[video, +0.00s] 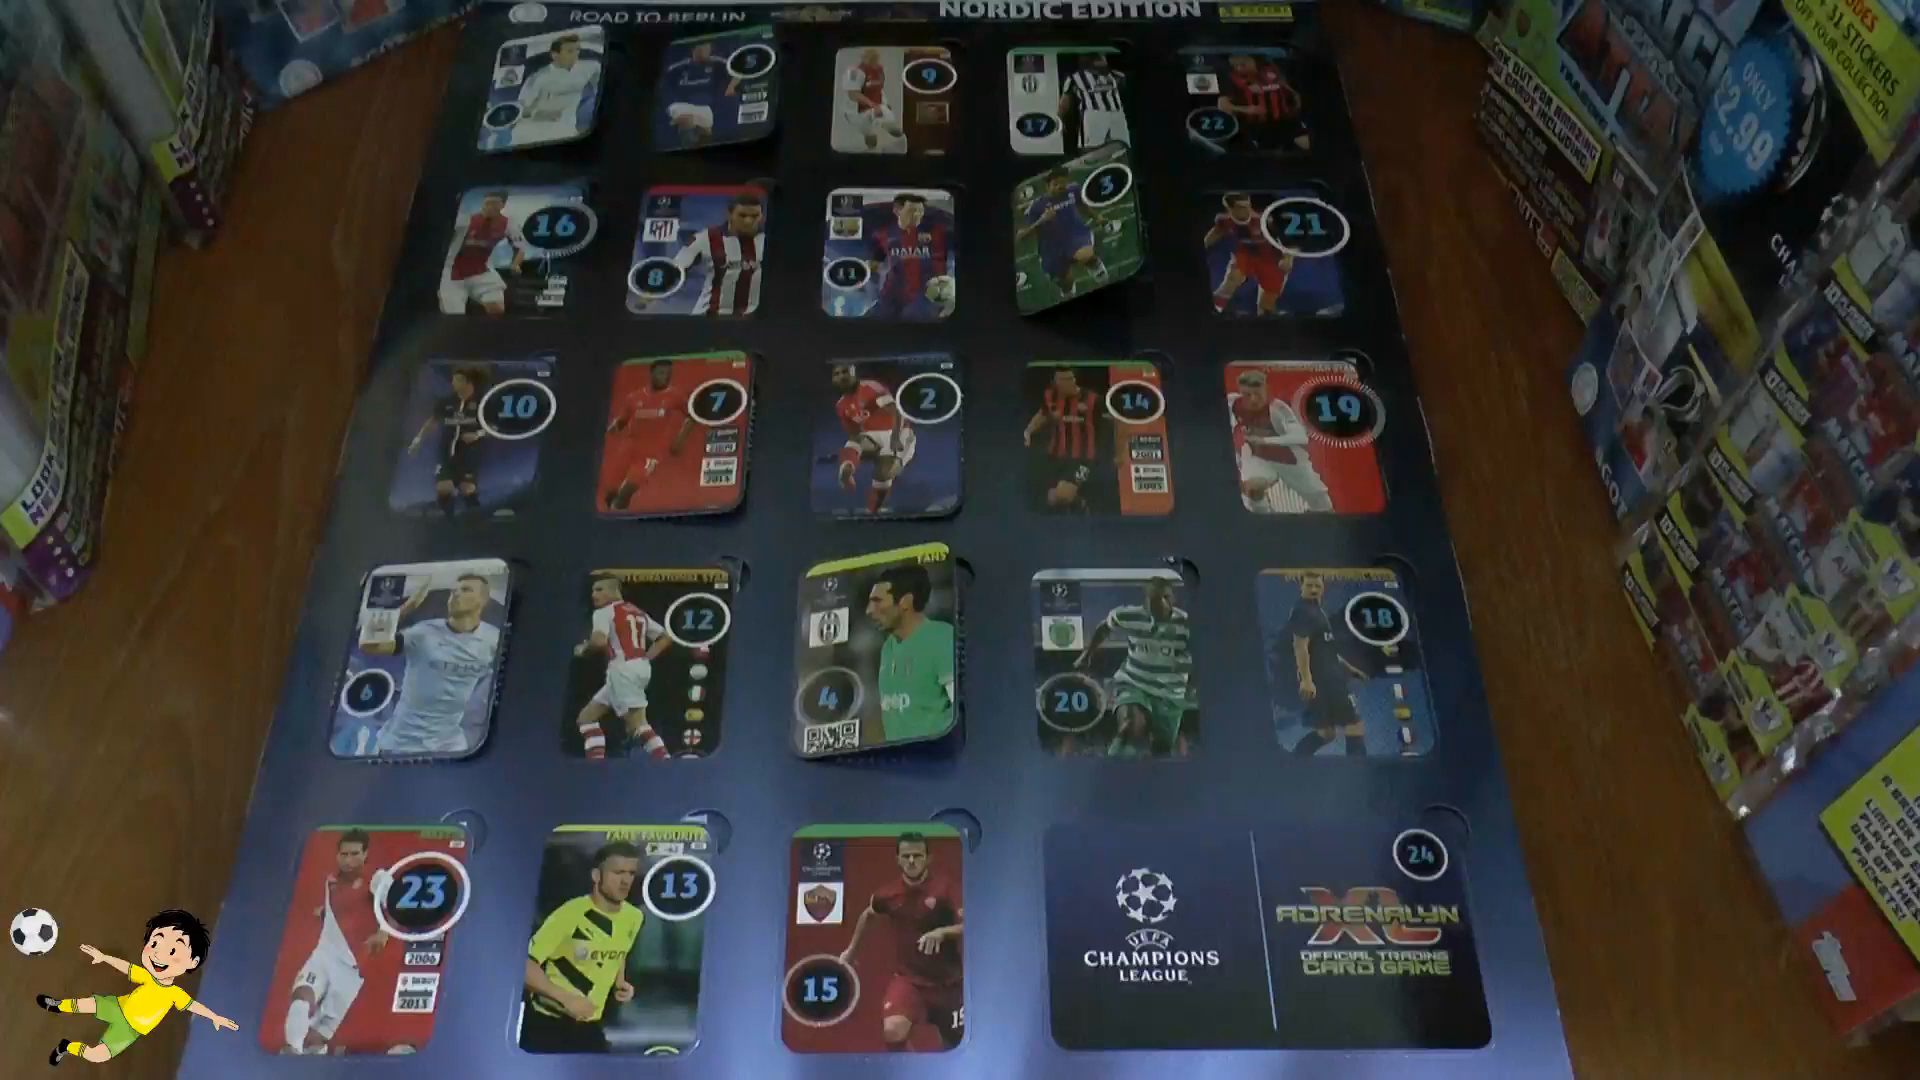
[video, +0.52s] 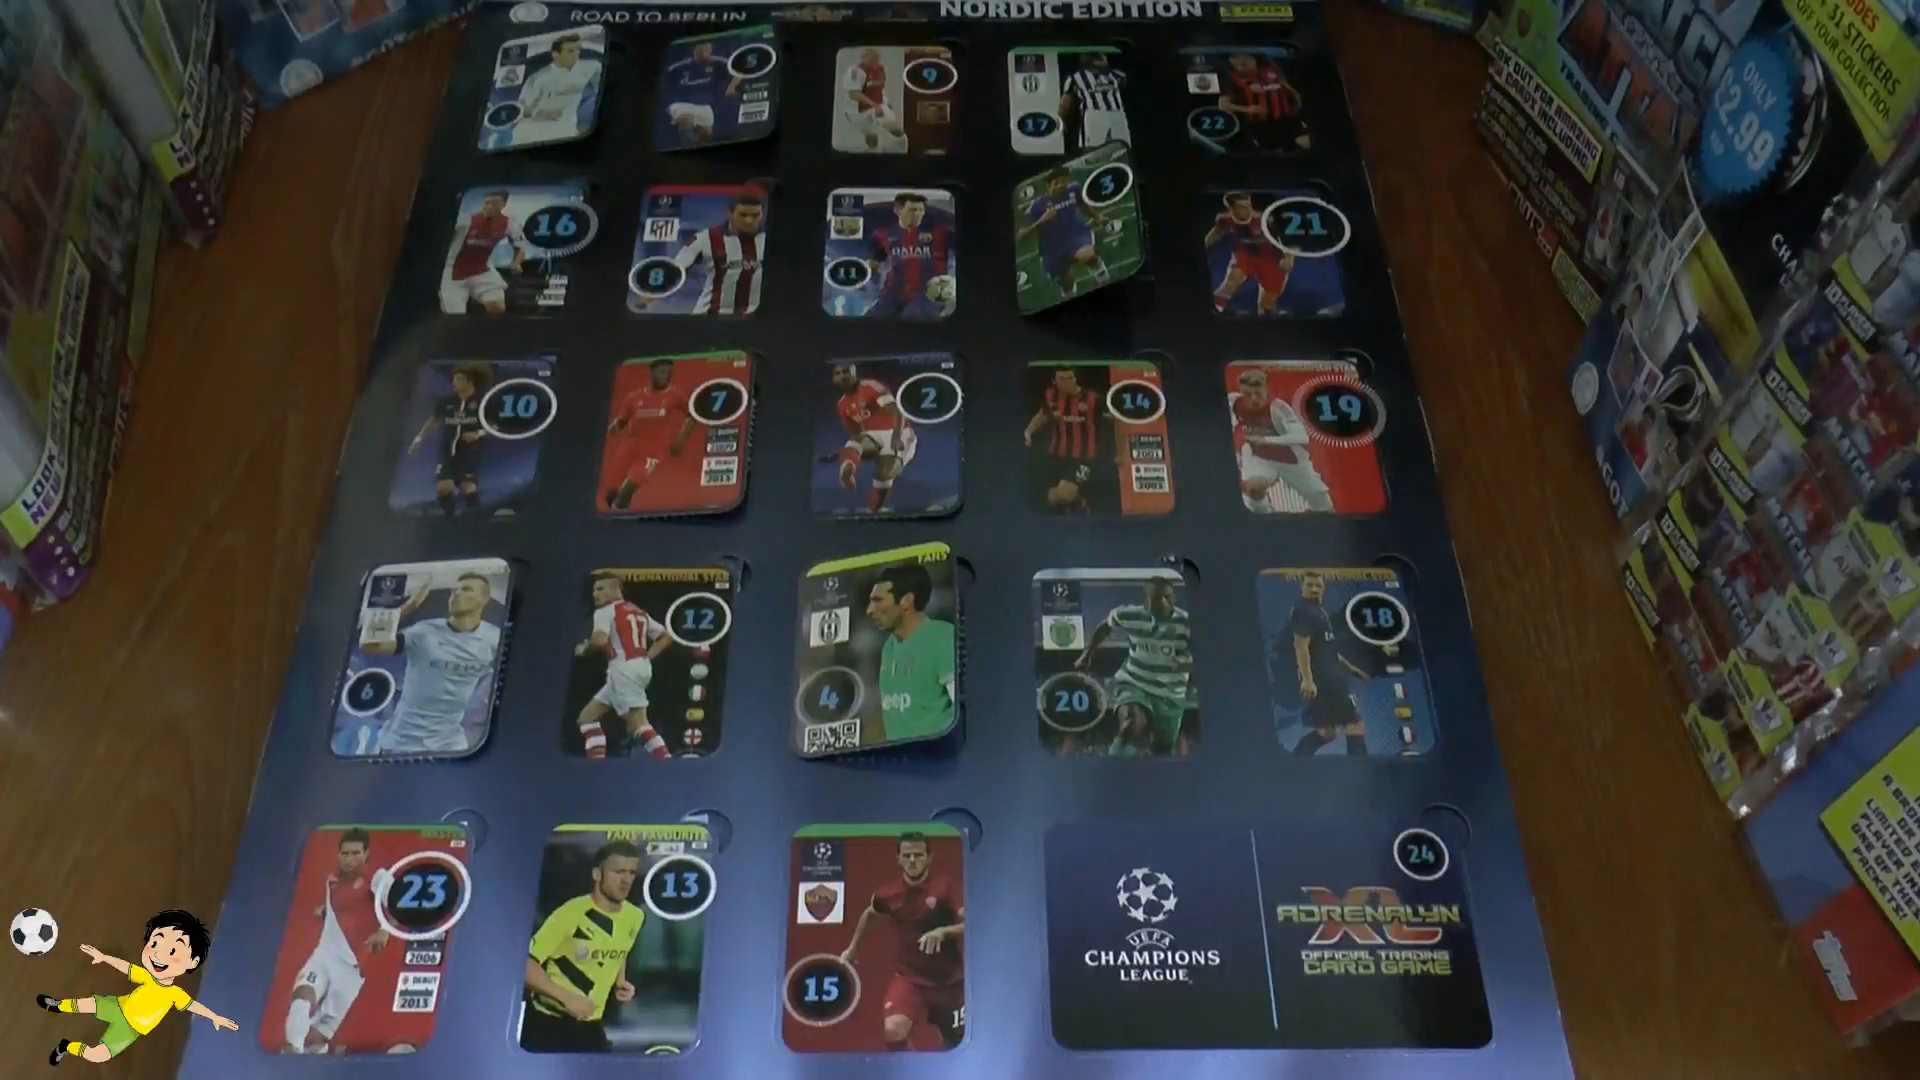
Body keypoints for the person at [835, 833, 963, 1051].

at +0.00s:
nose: (912, 862)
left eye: (917, 856)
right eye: (906, 856)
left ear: (928, 858)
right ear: (898, 860)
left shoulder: (945, 889)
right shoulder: (887, 896)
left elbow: (968, 925)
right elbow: (867, 916)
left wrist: (942, 932)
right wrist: (850, 951)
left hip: (946, 982)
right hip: (907, 979)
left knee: (955, 1048)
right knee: (893, 1030)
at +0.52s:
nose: (913, 861)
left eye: (918, 855)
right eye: (907, 856)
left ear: (929, 858)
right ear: (899, 859)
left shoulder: (946, 889)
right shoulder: (886, 896)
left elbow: (969, 925)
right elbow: (869, 915)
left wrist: (943, 932)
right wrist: (851, 950)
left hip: (948, 983)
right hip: (908, 979)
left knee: (956, 1048)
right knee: (893, 1031)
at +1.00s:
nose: (912, 860)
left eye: (917, 855)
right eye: (906, 855)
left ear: (928, 857)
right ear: (898, 859)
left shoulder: (944, 888)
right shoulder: (886, 895)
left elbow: (970, 924)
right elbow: (868, 914)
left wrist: (943, 931)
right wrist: (851, 950)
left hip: (947, 982)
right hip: (907, 978)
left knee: (956, 1048)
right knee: (893, 1031)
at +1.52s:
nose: (913, 863)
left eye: (918, 858)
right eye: (907, 858)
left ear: (929, 861)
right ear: (899, 861)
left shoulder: (945, 891)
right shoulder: (886, 898)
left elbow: (969, 928)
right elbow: (870, 918)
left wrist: (943, 934)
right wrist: (851, 952)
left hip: (948, 985)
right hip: (908, 982)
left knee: (958, 1051)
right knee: (893, 1034)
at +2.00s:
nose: (910, 863)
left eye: (916, 857)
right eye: (904, 858)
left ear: (926, 859)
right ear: (896, 861)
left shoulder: (943, 890)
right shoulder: (884, 898)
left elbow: (967, 926)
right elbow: (867, 917)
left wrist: (941, 933)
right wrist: (849, 951)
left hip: (946, 985)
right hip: (906, 982)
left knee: (954, 1051)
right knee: (891, 1033)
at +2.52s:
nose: (911, 860)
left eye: (916, 854)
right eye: (905, 855)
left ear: (927, 857)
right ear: (897, 859)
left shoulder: (944, 887)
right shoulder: (885, 895)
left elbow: (968, 924)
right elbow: (868, 914)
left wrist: (941, 931)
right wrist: (850, 948)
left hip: (947, 982)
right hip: (907, 979)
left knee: (955, 1048)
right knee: (892, 1030)